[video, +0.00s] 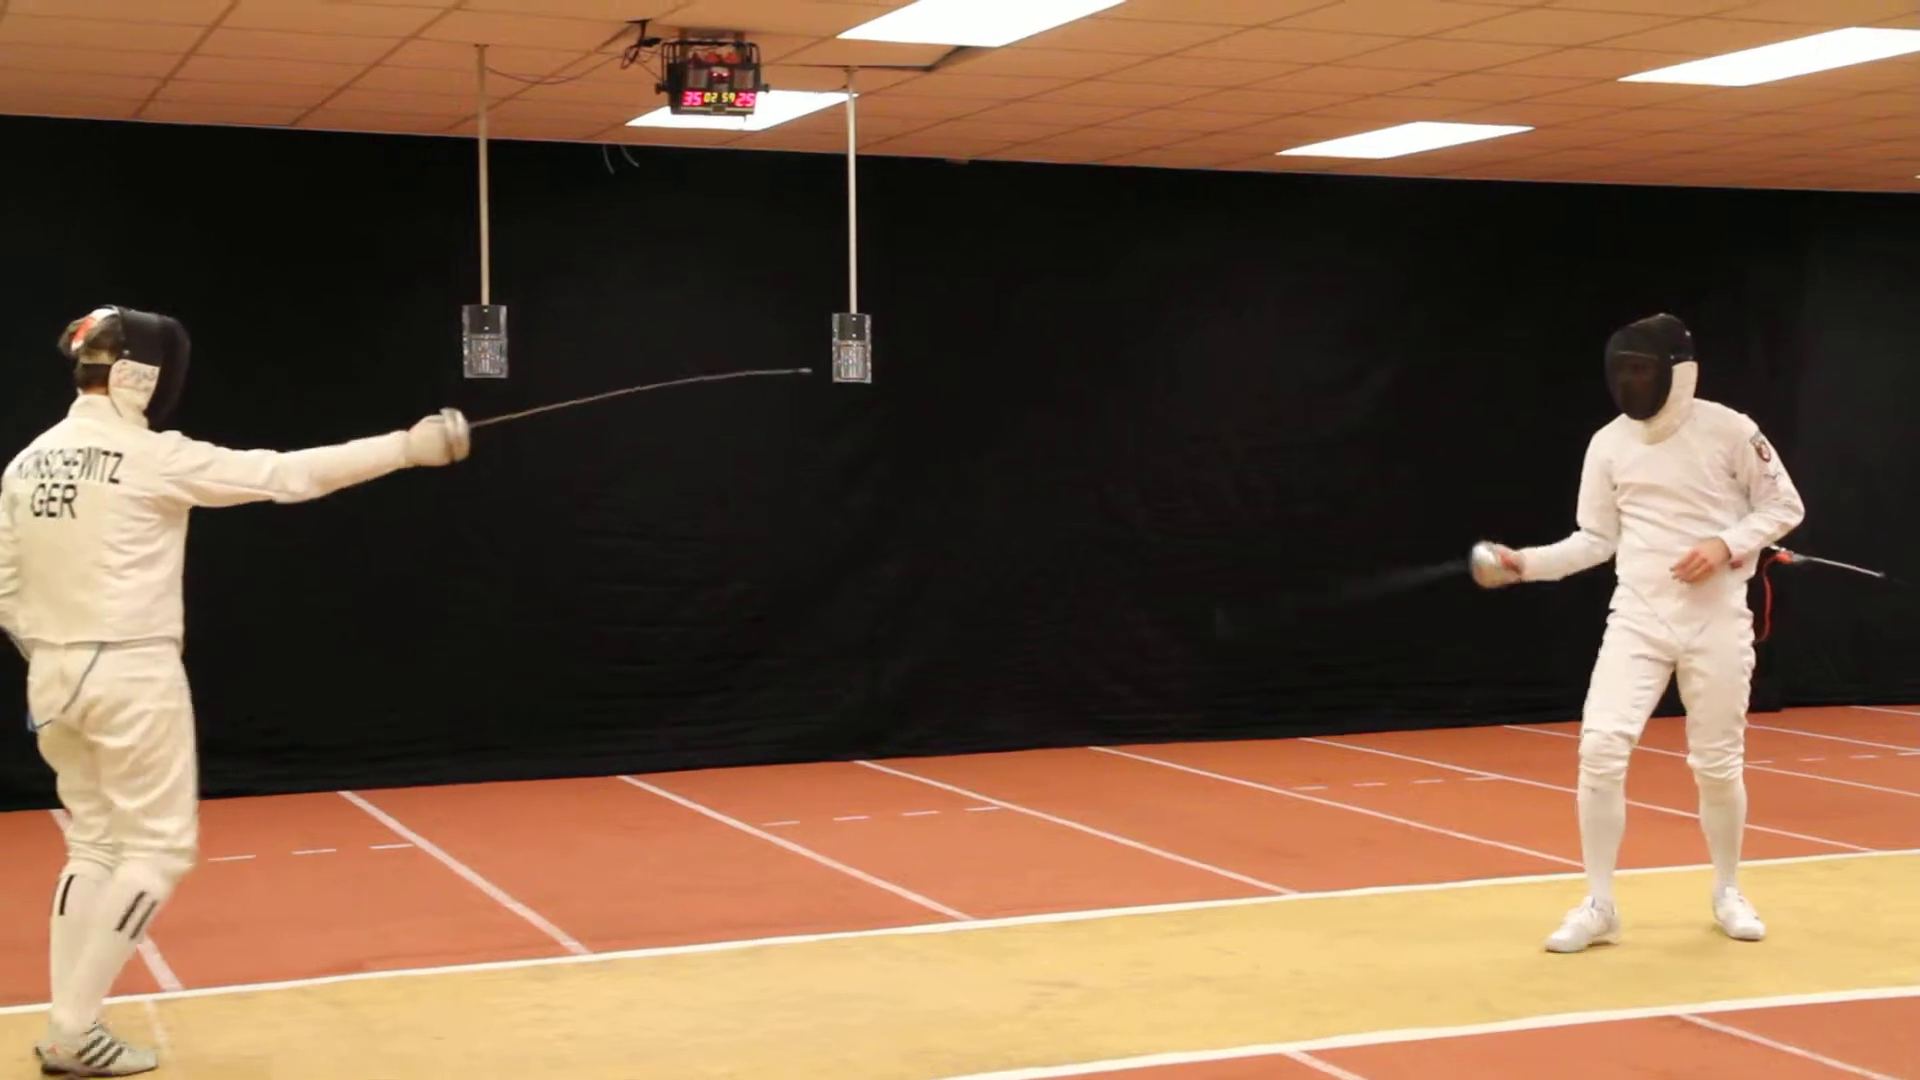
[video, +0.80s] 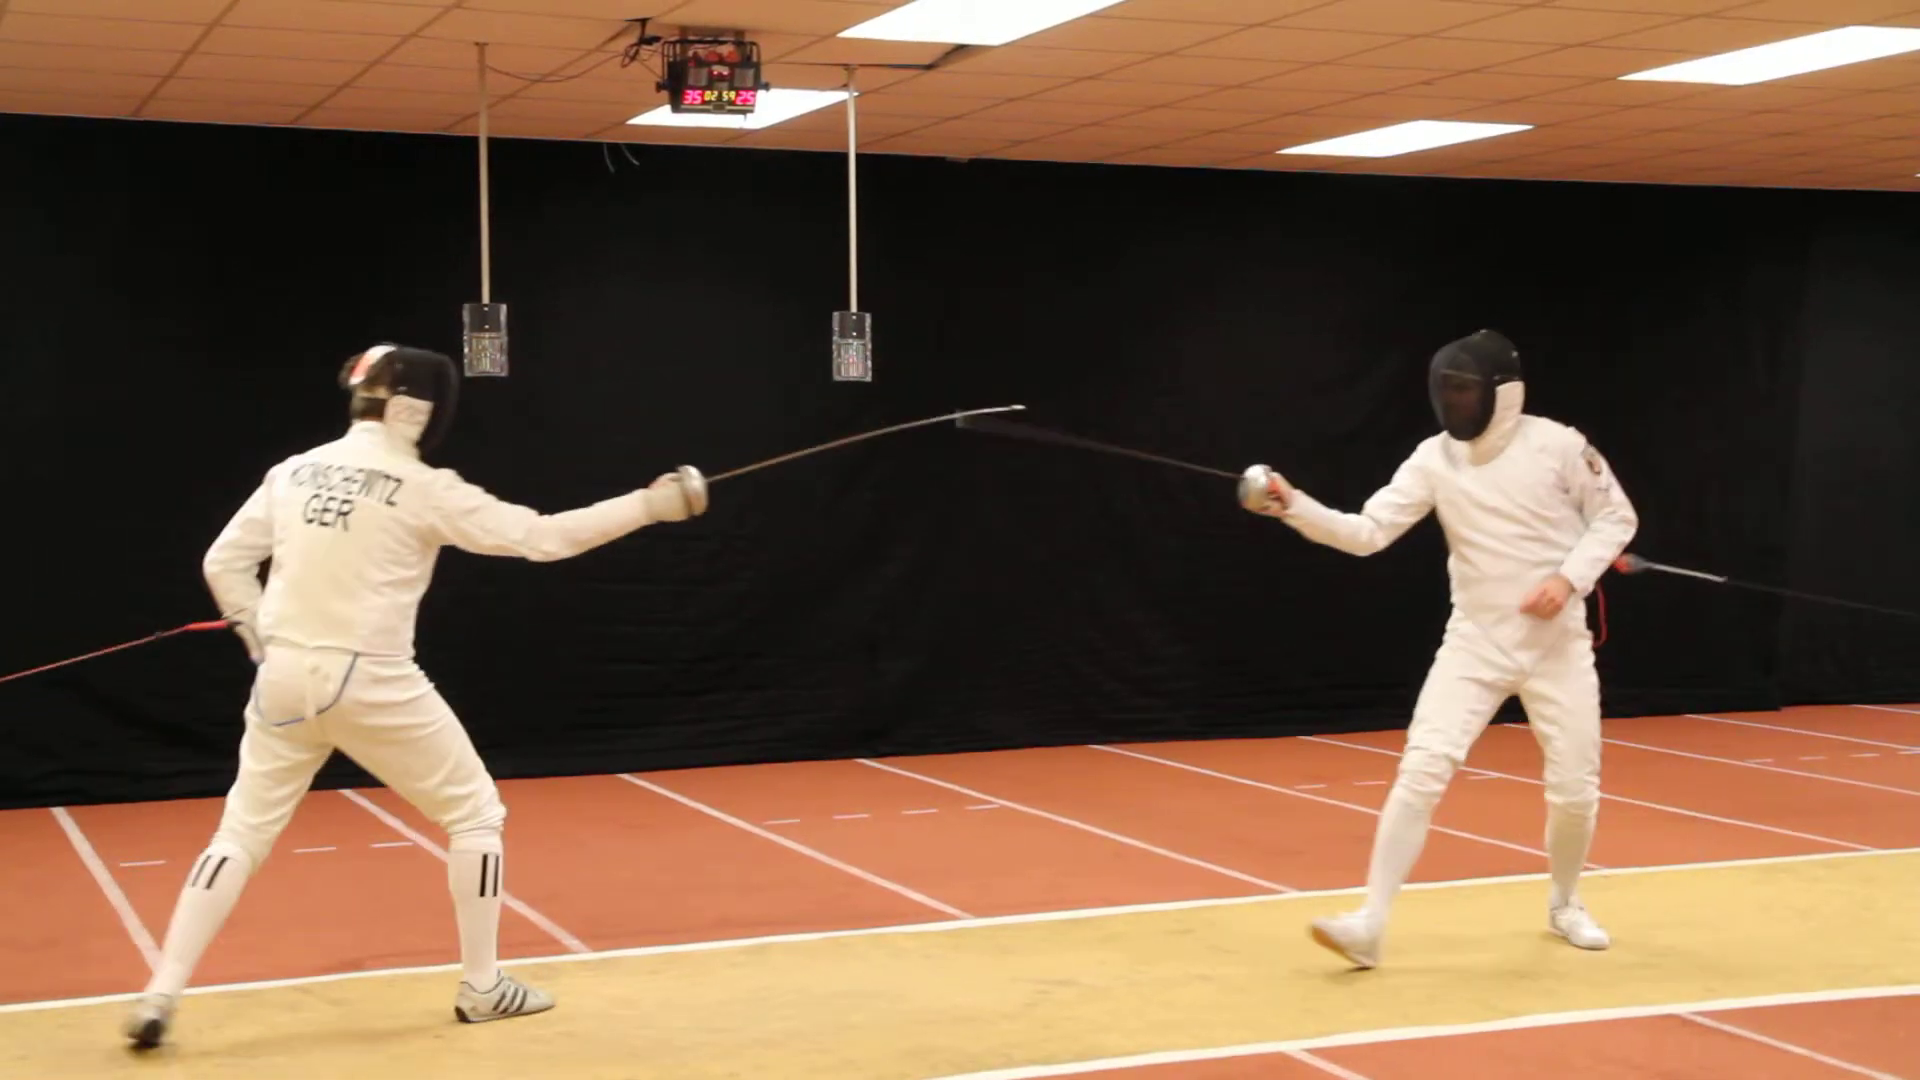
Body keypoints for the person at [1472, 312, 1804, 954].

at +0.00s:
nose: (1628, 384)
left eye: (1642, 372)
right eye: (1621, 372)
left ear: (1680, 371)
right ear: (1615, 372)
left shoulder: (1730, 433)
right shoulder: (1608, 446)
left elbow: (1784, 507)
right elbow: (1597, 538)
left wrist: (1726, 545)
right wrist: (1526, 563)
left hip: (1715, 626)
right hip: (1635, 622)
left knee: (1717, 766)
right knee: (1599, 752)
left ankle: (1728, 893)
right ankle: (1599, 905)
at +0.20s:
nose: (1601, 396)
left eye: (1614, 383)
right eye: (1594, 383)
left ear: (1652, 383)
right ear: (1590, 384)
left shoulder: (1703, 441)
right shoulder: (1581, 457)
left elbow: (1760, 511)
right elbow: (1554, 552)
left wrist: (1704, 556)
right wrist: (1481, 536)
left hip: (1695, 631)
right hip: (1614, 627)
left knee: (1707, 775)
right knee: (1561, 755)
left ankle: (1725, 892)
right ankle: (1526, 905)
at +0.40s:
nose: (1541, 412)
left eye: (1555, 399)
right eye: (1534, 399)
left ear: (1593, 399)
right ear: (1528, 399)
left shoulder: (1646, 456)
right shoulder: (1523, 468)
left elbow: (1702, 528)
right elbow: (1468, 550)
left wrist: (1652, 579)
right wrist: (1390, 545)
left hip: (1642, 650)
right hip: (1557, 645)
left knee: (1676, 785)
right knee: (1502, 766)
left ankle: (1717, 890)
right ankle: (1478, 920)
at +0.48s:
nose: (1513, 405)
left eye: (1527, 393)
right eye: (1507, 393)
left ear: (1566, 394)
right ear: (1502, 393)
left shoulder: (1621, 452)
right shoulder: (1497, 464)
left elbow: (1674, 524)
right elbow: (1440, 543)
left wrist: (1626, 577)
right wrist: (1359, 543)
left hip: (1614, 647)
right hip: (1529, 642)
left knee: (1654, 786)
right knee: (1485, 769)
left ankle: (1693, 888)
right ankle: (1476, 922)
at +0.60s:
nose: (1486, 390)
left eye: (1499, 378)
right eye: (1480, 377)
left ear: (1537, 380)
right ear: (1477, 380)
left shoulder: (1592, 437)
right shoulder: (1470, 449)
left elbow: (1643, 511)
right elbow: (1415, 533)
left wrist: (1595, 560)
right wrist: (1336, 522)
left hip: (1589, 634)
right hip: (1504, 630)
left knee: (1625, 781)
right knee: (1472, 765)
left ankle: (1606, 881)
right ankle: (1472, 917)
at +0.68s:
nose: (1474, 389)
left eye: (1487, 377)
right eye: (1468, 376)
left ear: (1527, 377)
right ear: (1463, 377)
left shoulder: (1582, 433)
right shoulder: (1457, 446)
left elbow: (1632, 505)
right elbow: (1398, 528)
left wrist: (1581, 555)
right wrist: (1319, 506)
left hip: (1578, 632)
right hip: (1493, 627)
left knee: (1603, 782)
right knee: (1451, 754)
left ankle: (1572, 892)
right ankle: (1449, 909)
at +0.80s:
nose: (1452, 402)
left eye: (1465, 389)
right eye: (1446, 389)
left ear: (1504, 391)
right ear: (1440, 391)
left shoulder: (1560, 447)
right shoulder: (1436, 461)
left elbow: (1618, 517)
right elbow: (1368, 533)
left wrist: (1566, 580)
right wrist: (1291, 505)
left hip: (1559, 645)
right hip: (1473, 643)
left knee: (1577, 790)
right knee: (1423, 771)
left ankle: (1565, 904)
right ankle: (1370, 922)